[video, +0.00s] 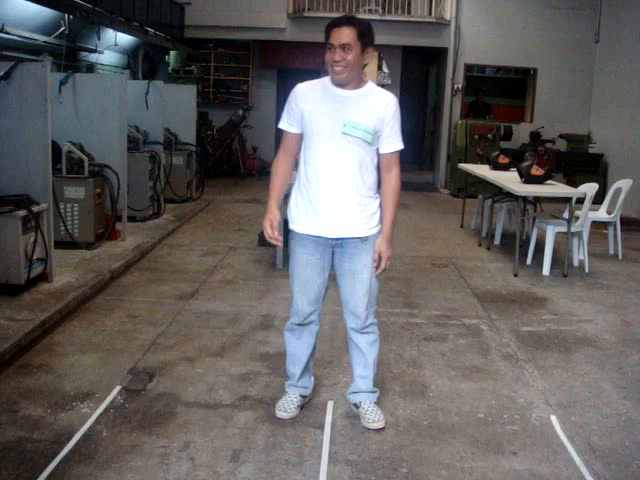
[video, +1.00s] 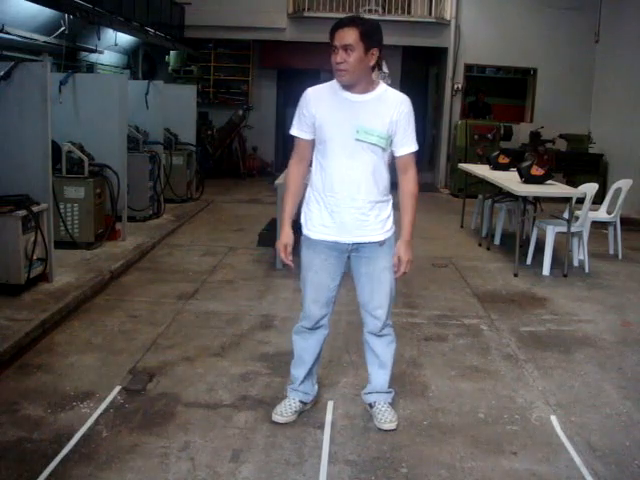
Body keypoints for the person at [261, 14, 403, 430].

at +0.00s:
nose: (337, 55)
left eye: (346, 47)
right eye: (331, 47)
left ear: (366, 53)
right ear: (324, 51)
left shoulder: (384, 104)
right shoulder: (303, 94)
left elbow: (390, 171)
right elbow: (285, 155)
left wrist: (386, 233)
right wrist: (272, 207)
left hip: (361, 231)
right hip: (307, 227)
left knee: (361, 319)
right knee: (302, 314)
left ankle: (364, 395)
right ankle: (297, 387)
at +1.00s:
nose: (337, 56)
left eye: (347, 49)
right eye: (334, 49)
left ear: (373, 55)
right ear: (331, 52)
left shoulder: (396, 105)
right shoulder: (315, 98)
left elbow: (407, 175)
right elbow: (298, 164)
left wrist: (405, 239)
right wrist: (286, 224)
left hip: (375, 235)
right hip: (320, 232)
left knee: (378, 322)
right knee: (312, 318)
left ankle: (380, 396)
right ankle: (300, 391)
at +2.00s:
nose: (330, 72)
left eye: (339, 63)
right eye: (326, 64)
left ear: (364, 64)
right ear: (323, 64)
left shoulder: (389, 115)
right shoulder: (305, 105)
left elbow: (394, 185)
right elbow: (288, 169)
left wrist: (392, 250)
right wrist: (280, 230)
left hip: (363, 241)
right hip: (306, 237)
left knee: (378, 321)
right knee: (290, 319)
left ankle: (380, 394)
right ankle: (296, 389)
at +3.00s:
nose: (244, 88)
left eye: (251, 78)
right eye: (235, 79)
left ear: (258, 71)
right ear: (211, 72)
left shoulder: (275, 111)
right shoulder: (181, 102)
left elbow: (287, 164)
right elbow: (155, 152)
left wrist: (276, 225)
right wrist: (134, 213)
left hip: (241, 239)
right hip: (186, 229)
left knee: (217, 324)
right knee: (155, 307)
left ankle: (193, 394)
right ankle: (151, 383)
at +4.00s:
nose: (463, 86)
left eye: (472, 76)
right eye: (457, 76)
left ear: (501, 70)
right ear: (449, 70)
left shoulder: (531, 113)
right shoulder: (434, 105)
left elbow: (552, 168)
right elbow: (409, 149)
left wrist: (556, 235)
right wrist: (411, 211)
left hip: (510, 252)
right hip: (449, 251)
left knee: (540, 339)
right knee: (457, 341)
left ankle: (568, 418)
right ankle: (469, 417)